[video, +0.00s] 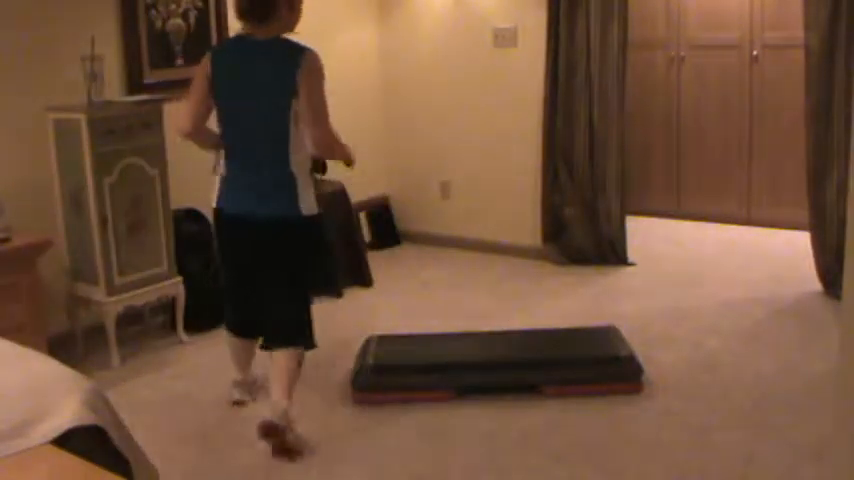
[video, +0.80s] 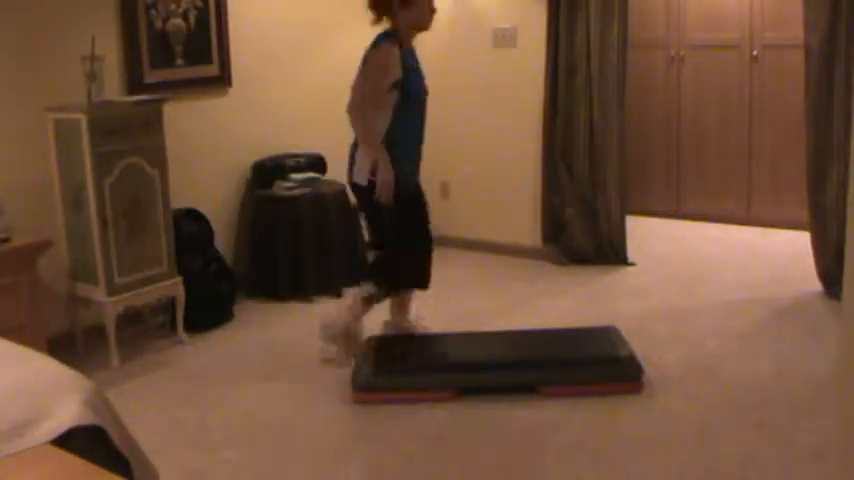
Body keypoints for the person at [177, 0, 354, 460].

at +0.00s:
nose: (299, 11)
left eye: (297, 5)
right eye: (296, 5)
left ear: (243, 9)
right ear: (287, 8)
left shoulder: (216, 59)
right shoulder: (302, 58)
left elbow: (189, 127)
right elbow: (320, 139)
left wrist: (225, 144)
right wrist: (341, 152)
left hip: (235, 209)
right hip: (288, 209)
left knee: (242, 300)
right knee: (290, 308)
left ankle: (242, 382)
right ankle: (280, 409)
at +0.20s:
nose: (323, 6)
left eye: (323, 1)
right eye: (321, 1)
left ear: (281, 2)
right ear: (307, 3)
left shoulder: (250, 38)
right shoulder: (308, 45)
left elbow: (224, 97)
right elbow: (310, 118)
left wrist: (261, 115)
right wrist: (330, 174)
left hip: (244, 181)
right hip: (292, 184)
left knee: (249, 278)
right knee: (317, 270)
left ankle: (244, 377)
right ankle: (287, 349)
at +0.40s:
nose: (363, 12)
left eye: (361, 5)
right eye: (357, 5)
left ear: (319, 9)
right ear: (335, 9)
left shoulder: (298, 49)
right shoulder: (334, 58)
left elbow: (277, 99)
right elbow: (320, 125)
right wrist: (318, 184)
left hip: (282, 183)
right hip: (324, 190)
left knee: (286, 272)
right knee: (336, 267)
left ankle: (251, 347)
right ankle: (327, 342)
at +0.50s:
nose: (380, 9)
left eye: (379, 2)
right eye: (375, 2)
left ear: (340, 7)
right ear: (352, 6)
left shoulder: (319, 44)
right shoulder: (345, 52)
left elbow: (298, 97)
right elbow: (329, 122)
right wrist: (326, 182)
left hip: (309, 177)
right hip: (341, 184)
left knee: (317, 254)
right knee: (345, 264)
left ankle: (282, 314)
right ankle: (328, 342)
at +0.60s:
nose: (397, 6)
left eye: (397, 1)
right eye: (393, 0)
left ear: (363, 2)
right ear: (374, 1)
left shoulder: (345, 33)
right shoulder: (358, 39)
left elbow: (317, 90)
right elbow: (336, 102)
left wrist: (349, 138)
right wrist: (341, 166)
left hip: (342, 167)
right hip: (349, 172)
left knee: (353, 245)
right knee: (348, 251)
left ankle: (336, 321)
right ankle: (330, 334)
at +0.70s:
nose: (415, 6)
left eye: (413, 0)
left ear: (381, 6)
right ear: (384, 4)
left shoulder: (381, 41)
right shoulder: (373, 44)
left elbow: (340, 90)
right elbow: (348, 98)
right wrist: (356, 161)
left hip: (379, 171)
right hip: (357, 173)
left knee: (395, 249)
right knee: (352, 259)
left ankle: (392, 319)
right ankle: (328, 337)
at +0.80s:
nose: (433, 9)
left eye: (431, 3)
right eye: (426, 3)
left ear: (404, 9)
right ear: (402, 7)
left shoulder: (403, 50)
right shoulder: (387, 51)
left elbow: (388, 112)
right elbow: (359, 108)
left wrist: (406, 165)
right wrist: (380, 163)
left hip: (399, 172)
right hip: (381, 174)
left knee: (411, 250)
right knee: (406, 253)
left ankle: (399, 324)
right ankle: (347, 318)